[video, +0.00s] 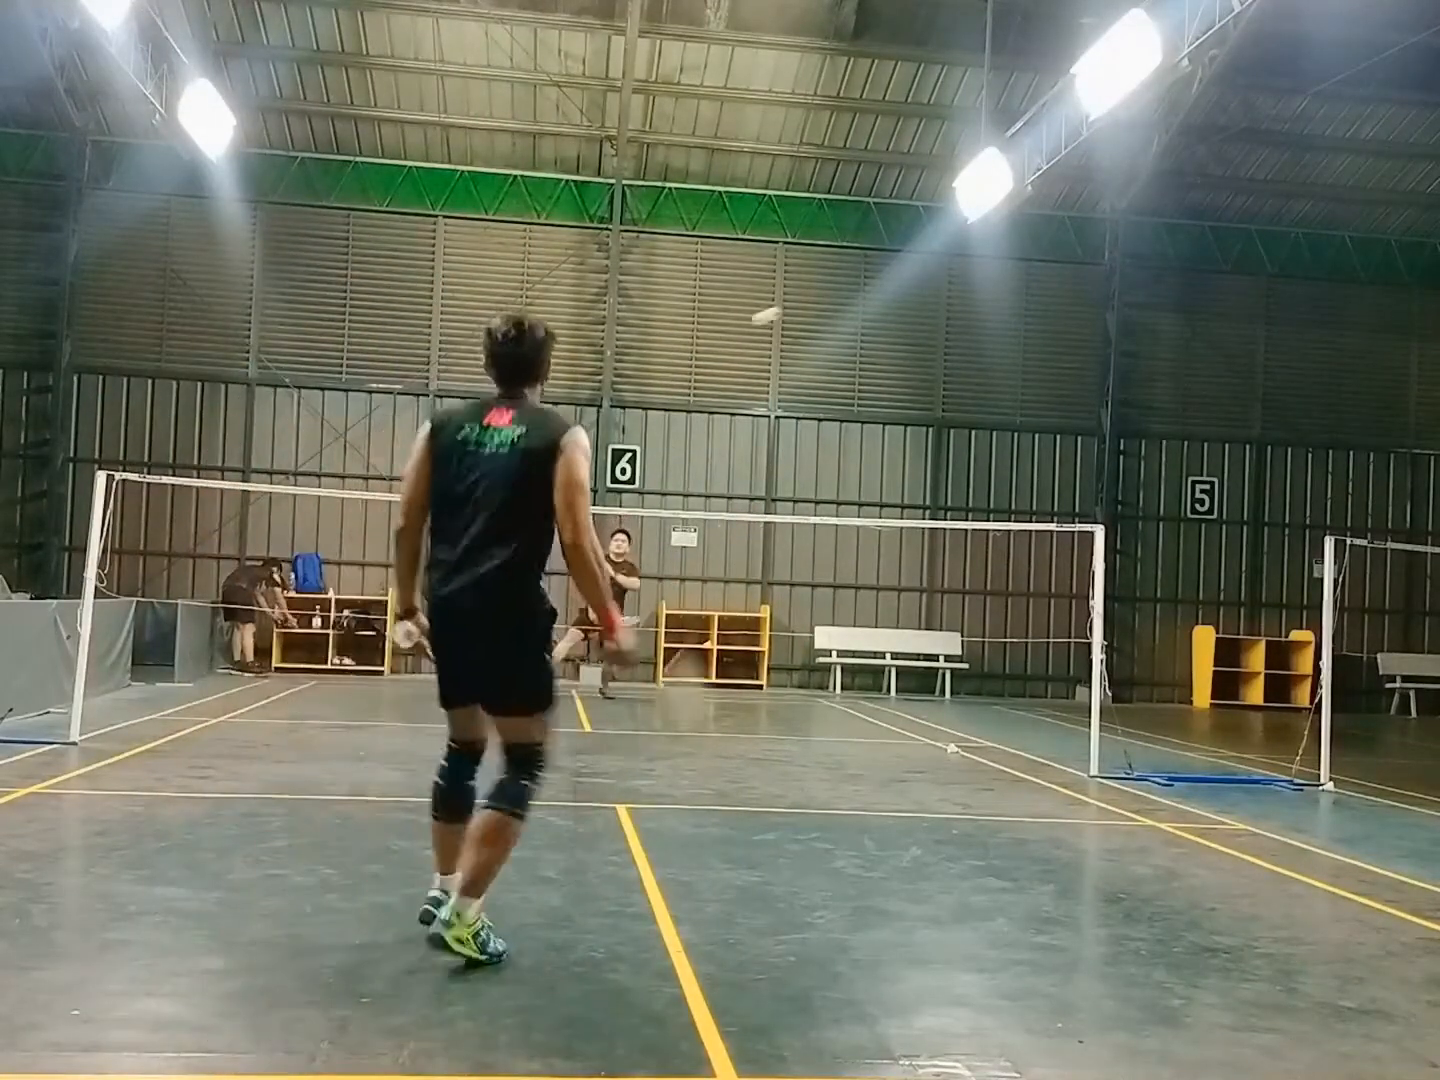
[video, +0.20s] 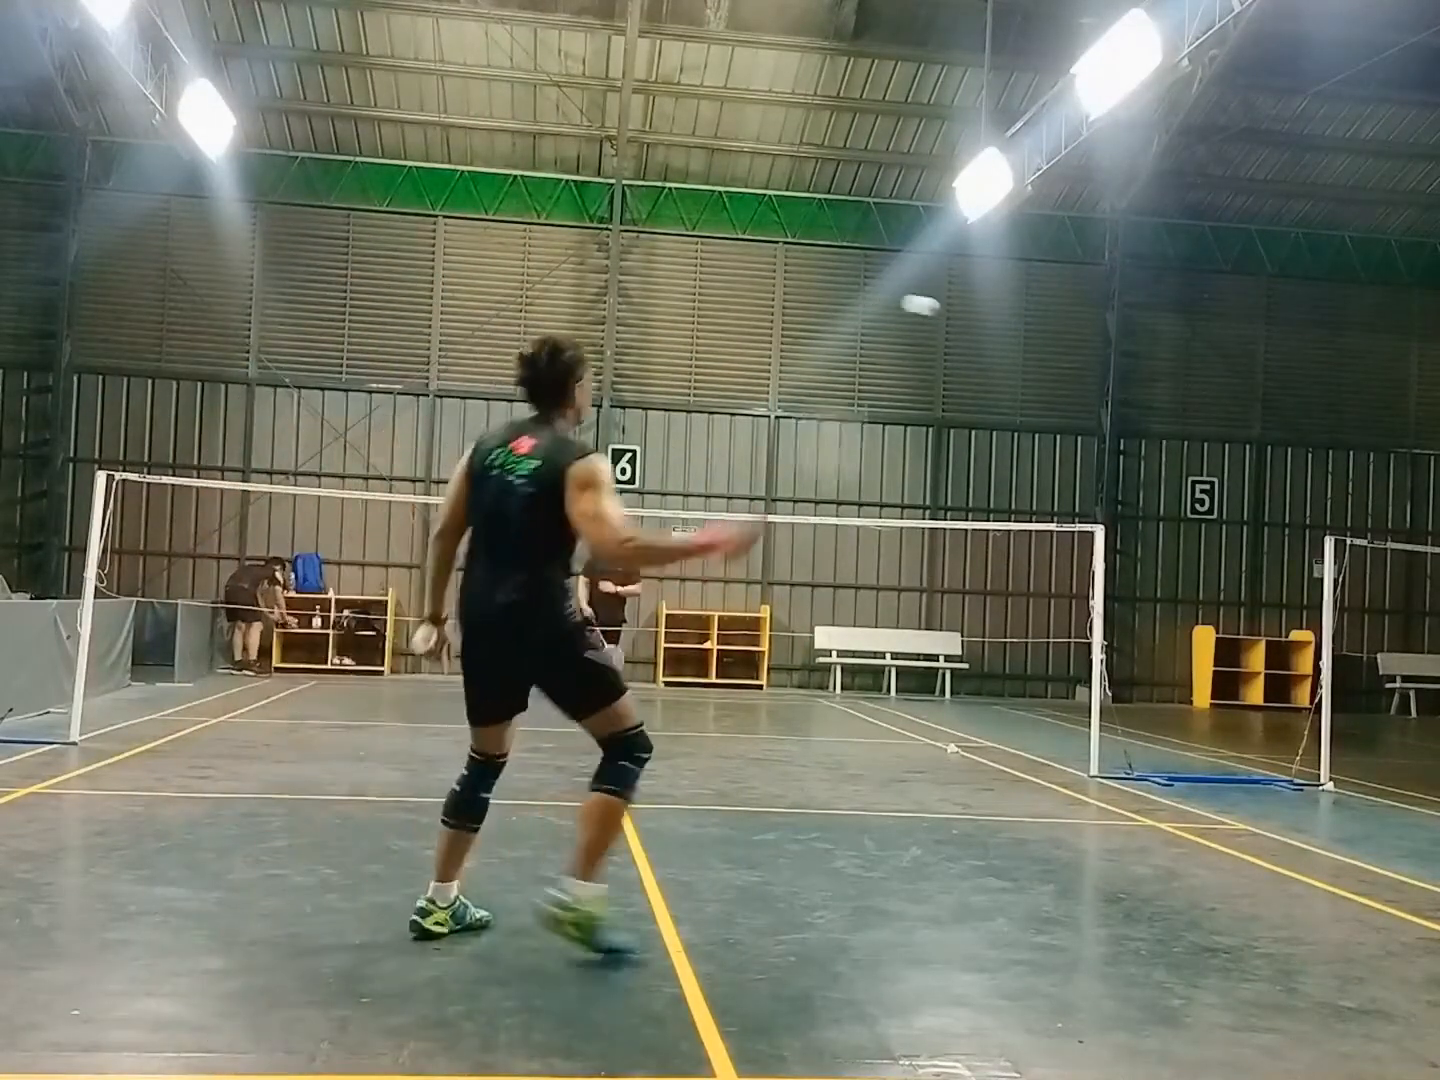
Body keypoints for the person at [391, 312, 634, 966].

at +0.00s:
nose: (545, 375)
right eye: (546, 366)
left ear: (489, 368)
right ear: (545, 370)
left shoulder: (444, 424)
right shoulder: (562, 435)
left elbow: (409, 517)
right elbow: (575, 537)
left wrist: (407, 603)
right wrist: (610, 617)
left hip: (447, 608)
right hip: (513, 612)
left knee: (464, 743)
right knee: (523, 757)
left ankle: (444, 891)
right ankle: (464, 910)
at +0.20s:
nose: (592, 394)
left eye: (589, 383)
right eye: (588, 385)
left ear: (532, 392)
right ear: (572, 393)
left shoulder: (487, 448)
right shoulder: (581, 461)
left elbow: (446, 533)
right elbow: (609, 547)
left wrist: (435, 612)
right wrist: (698, 545)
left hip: (482, 629)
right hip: (550, 627)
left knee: (484, 758)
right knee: (627, 745)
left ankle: (440, 898)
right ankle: (580, 891)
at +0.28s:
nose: (633, 371)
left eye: (629, 360)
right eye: (627, 362)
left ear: (573, 372)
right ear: (607, 372)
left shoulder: (524, 418)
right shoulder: (624, 445)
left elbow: (475, 497)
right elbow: (705, 498)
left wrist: (459, 571)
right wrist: (800, 483)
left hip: (503, 604)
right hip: (568, 610)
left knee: (483, 741)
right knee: (623, 742)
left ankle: (442, 879)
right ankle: (660, 899)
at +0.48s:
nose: (711, 388)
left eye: (705, 378)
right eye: (701, 380)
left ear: (653, 396)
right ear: (674, 394)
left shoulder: (603, 432)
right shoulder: (694, 456)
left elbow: (542, 496)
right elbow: (801, 483)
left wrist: (522, 563)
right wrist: (841, 478)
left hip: (548, 610)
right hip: (598, 622)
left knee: (513, 737)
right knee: (658, 763)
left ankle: (449, 862)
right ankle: (659, 930)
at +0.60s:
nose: (756, 411)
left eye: (751, 401)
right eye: (747, 402)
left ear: (695, 416)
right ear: (718, 416)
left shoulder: (638, 453)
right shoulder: (738, 491)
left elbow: (583, 518)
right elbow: (780, 576)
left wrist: (596, 582)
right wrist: (755, 550)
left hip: (579, 622)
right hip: (633, 637)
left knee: (562, 745)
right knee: (699, 769)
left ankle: (470, 861)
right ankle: (660, 930)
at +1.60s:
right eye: (753, 391)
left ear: (703, 392)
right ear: (755, 394)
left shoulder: (664, 452)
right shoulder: (785, 458)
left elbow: (628, 550)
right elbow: (810, 556)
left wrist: (615, 629)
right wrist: (829, 633)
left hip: (674, 630)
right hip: (750, 634)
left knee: (647, 758)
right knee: (759, 772)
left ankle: (596, 889)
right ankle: (754, 932)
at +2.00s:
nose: (730, 415)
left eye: (733, 408)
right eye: (742, 409)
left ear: (738, 416)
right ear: (787, 426)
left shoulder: (695, 461)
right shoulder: (814, 485)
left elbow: (655, 548)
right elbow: (835, 585)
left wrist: (655, 631)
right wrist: (808, 647)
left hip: (706, 636)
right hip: (777, 642)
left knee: (684, 766)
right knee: (781, 770)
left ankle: (690, 905)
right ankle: (818, 913)